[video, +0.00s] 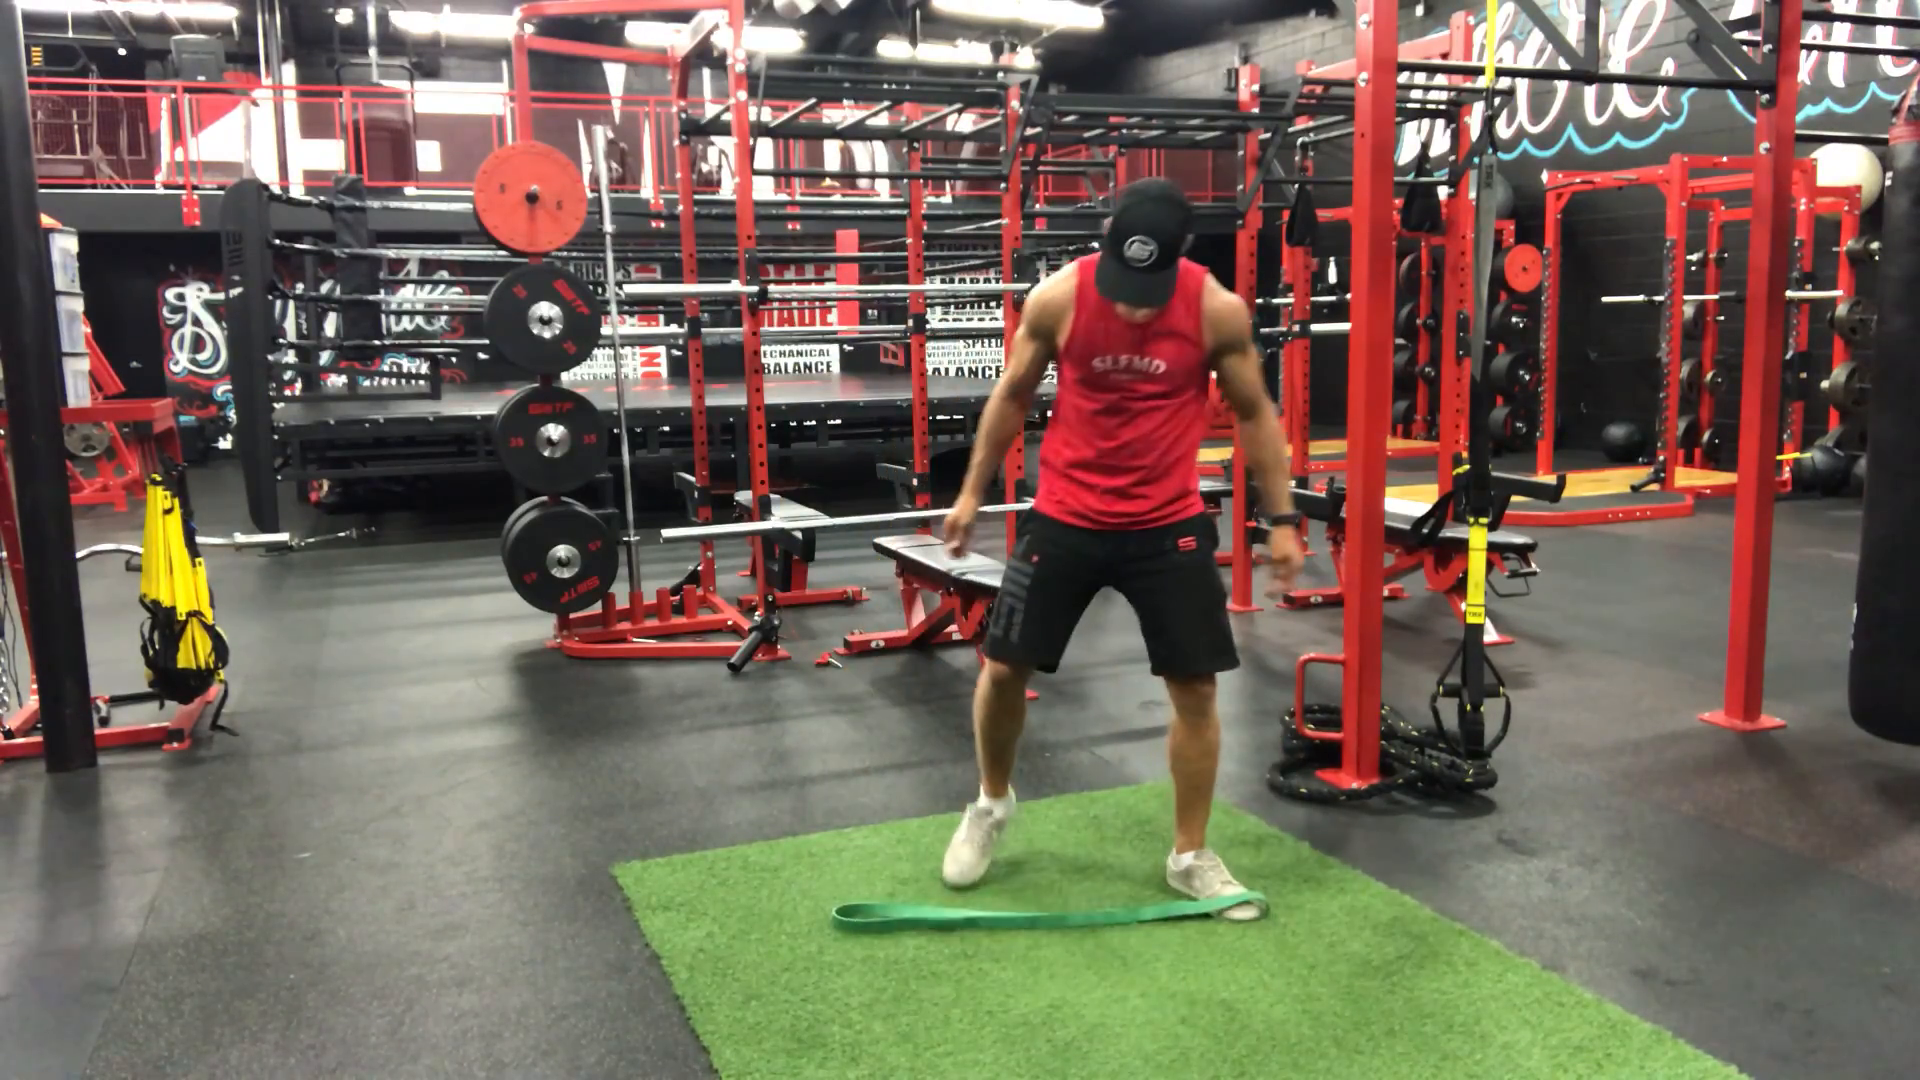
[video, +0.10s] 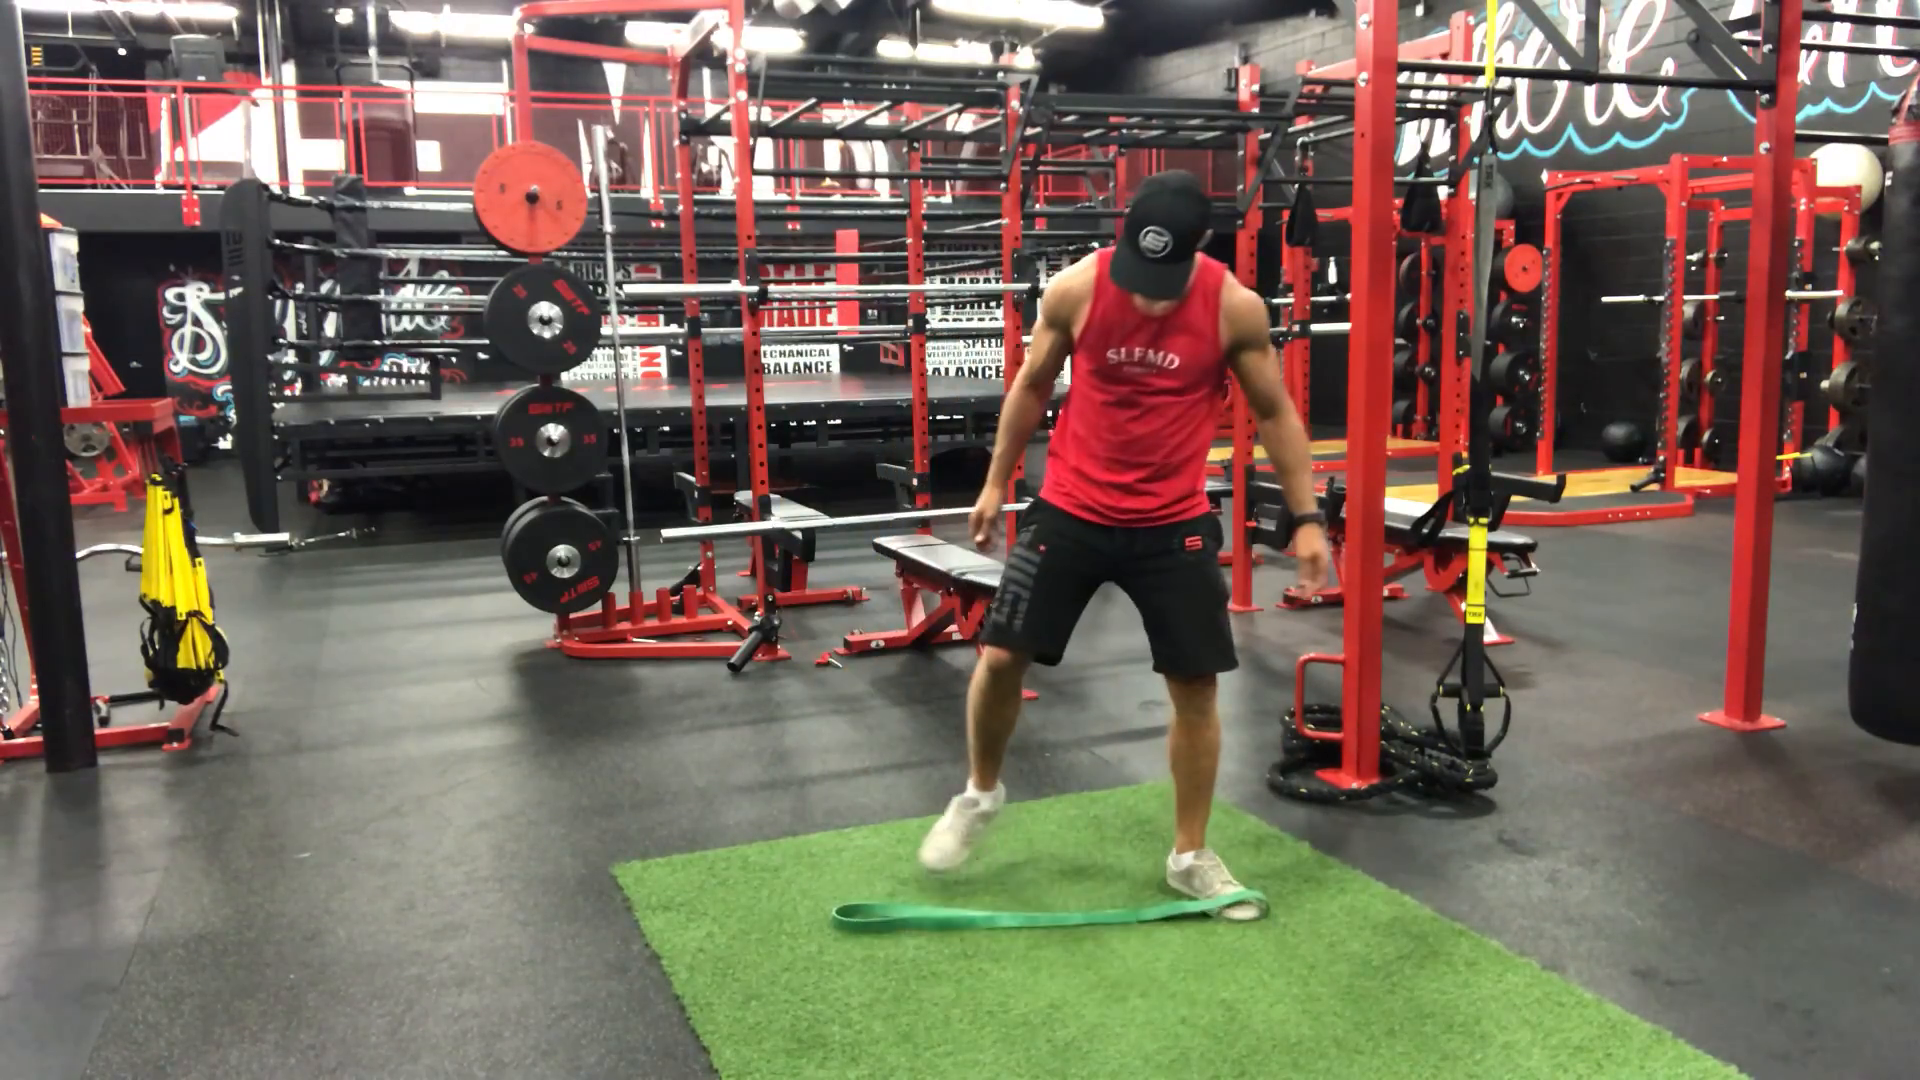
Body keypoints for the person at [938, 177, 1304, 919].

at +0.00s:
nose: (1136, 296)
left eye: (1151, 283)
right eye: (1124, 279)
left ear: (1180, 258)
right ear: (1105, 248)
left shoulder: (1218, 313)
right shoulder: (1057, 301)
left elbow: (1256, 413)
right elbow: (1011, 395)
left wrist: (1281, 519)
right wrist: (971, 493)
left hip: (1168, 527)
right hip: (1065, 522)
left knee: (1196, 687)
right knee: (1002, 670)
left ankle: (1191, 853)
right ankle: (990, 802)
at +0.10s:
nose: (1148, 291)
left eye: (1164, 278)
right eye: (1139, 274)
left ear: (1197, 254)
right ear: (1122, 241)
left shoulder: (1235, 309)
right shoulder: (1074, 293)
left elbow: (1276, 412)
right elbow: (1031, 385)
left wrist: (1307, 516)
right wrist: (995, 483)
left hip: (1173, 524)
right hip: (1069, 515)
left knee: (1196, 685)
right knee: (999, 658)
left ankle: (1191, 853)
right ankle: (980, 791)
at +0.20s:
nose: (1157, 286)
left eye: (1174, 274)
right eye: (1148, 269)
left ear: (1208, 253)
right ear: (1133, 240)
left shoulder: (1245, 309)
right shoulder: (1087, 286)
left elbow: (1285, 412)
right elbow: (1039, 381)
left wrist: (1319, 518)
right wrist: (1003, 478)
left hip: (1172, 523)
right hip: (1068, 512)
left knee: (1193, 685)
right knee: (999, 657)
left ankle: (1191, 853)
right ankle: (956, 809)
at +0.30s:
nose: (1159, 285)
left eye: (1176, 273)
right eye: (1150, 267)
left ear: (1210, 255)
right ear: (1137, 239)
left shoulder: (1245, 310)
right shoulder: (1088, 285)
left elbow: (1285, 415)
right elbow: (1035, 379)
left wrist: (1324, 519)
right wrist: (993, 477)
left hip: (1167, 526)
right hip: (1064, 515)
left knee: (1190, 688)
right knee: (997, 662)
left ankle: (1190, 854)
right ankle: (941, 821)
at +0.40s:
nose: (1153, 285)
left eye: (1170, 274)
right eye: (1144, 269)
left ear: (1202, 256)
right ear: (1130, 240)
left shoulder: (1235, 311)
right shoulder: (1079, 285)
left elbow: (1273, 414)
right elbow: (1020, 378)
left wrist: (1317, 514)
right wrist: (974, 478)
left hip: (1157, 527)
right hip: (1056, 517)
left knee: (1185, 687)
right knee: (989, 667)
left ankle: (1189, 854)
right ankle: (929, 825)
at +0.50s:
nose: (1137, 284)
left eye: (1153, 271)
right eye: (1127, 268)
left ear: (1184, 254)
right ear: (1111, 242)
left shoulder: (1216, 313)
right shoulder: (1061, 290)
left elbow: (1253, 412)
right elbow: (998, 383)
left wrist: (1298, 509)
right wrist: (949, 486)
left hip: (1145, 531)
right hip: (1044, 524)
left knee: (1179, 690)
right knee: (979, 674)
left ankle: (1189, 854)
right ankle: (912, 832)